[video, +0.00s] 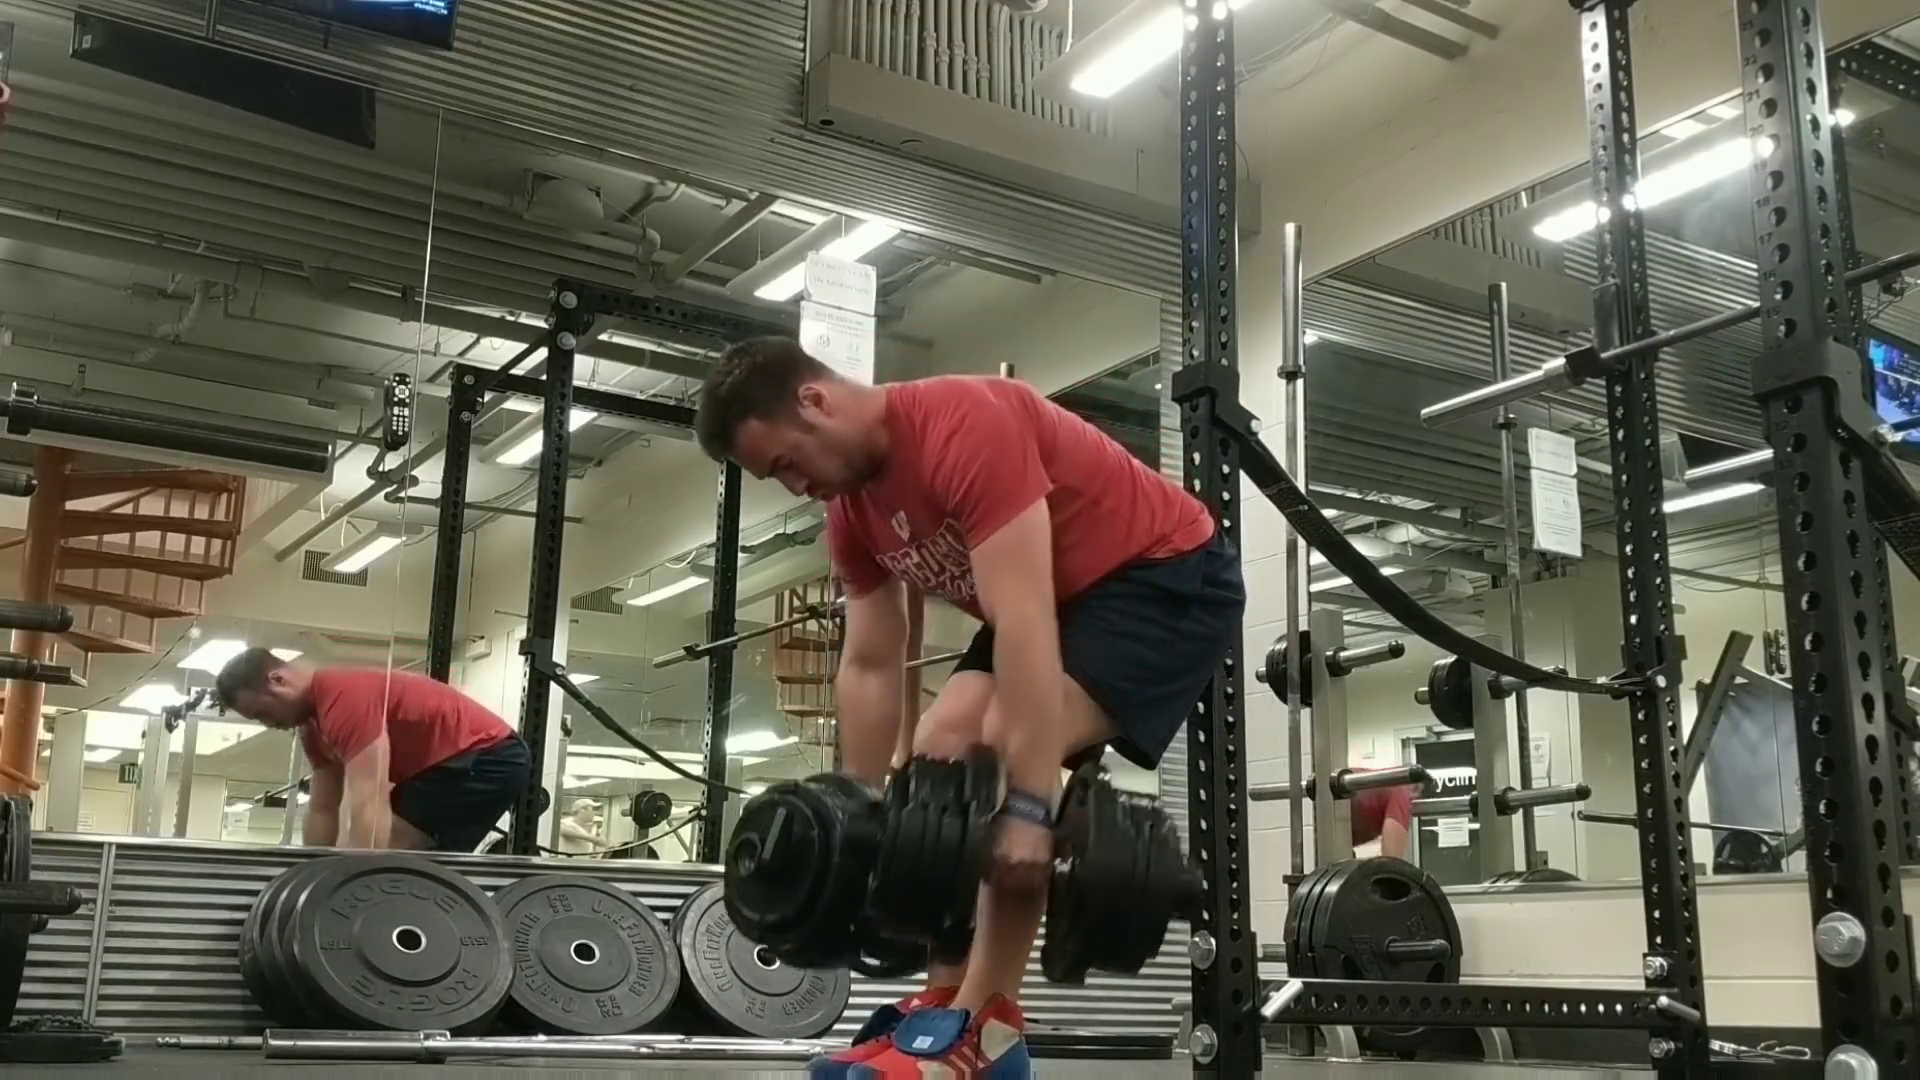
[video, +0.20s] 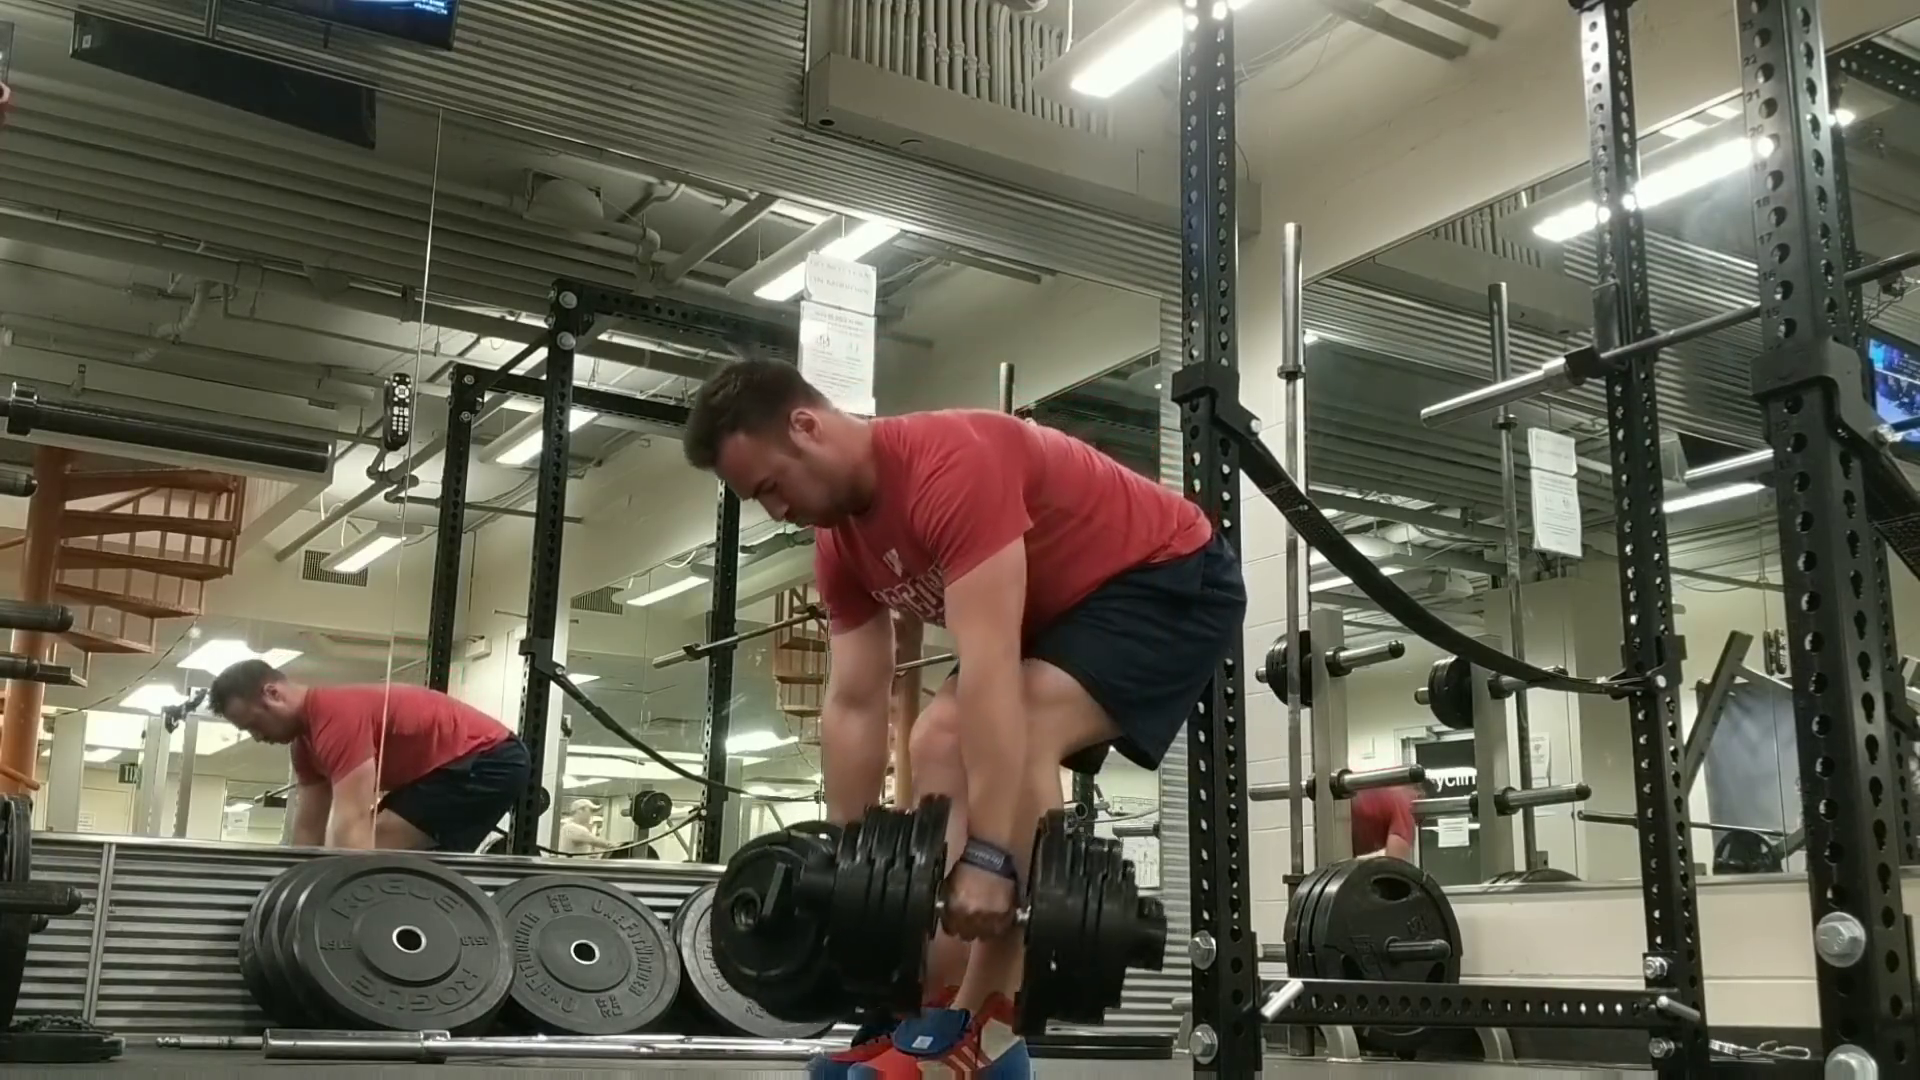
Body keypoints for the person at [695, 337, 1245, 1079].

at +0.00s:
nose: (794, 488)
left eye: (786, 464)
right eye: (776, 478)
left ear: (817, 400)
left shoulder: (971, 425)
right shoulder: (852, 515)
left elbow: (1023, 614)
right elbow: (872, 665)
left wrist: (1032, 806)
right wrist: (859, 824)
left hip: (1167, 573)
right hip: (1060, 599)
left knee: (1016, 732)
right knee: (943, 736)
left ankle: (992, 1017)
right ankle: (945, 995)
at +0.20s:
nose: (773, 512)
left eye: (769, 487)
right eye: (757, 500)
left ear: (807, 426)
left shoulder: (955, 465)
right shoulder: (845, 546)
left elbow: (989, 667)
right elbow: (855, 704)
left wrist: (991, 854)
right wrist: (848, 866)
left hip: (1167, 578)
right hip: (1062, 611)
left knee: (1012, 735)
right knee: (939, 739)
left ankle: (992, 1027)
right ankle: (936, 1016)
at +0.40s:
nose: (766, 525)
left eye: (764, 500)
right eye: (750, 513)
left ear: (806, 439)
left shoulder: (951, 485)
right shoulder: (840, 563)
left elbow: (981, 689)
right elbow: (849, 721)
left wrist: (977, 879)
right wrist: (848, 889)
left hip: (1168, 576)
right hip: (1062, 613)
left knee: (1020, 722)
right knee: (935, 741)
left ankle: (984, 1028)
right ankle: (929, 1015)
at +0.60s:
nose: (775, 505)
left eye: (772, 478)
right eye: (757, 492)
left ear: (814, 419)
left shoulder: (955, 468)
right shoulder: (845, 545)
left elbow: (1005, 656)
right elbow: (861, 702)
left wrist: (1002, 845)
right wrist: (846, 866)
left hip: (1167, 578)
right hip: (1065, 608)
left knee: (1013, 734)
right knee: (939, 734)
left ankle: (994, 1025)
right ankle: (934, 1014)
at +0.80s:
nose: (801, 468)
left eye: (793, 444)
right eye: (783, 458)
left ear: (827, 382)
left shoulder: (973, 414)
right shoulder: (858, 505)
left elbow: (1064, 580)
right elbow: (885, 641)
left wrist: (1055, 761)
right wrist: (872, 794)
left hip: (1167, 572)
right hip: (1044, 596)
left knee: (1027, 735)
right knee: (950, 728)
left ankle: (989, 1019)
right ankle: (940, 1003)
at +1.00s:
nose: (835, 448)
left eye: (825, 428)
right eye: (818, 442)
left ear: (846, 360)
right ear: (845, 367)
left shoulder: (995, 368)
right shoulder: (871, 460)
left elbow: (1117, 510)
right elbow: (916, 583)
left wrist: (1117, 679)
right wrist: (899, 721)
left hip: (1156, 568)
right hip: (1040, 593)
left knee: (1022, 751)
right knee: (949, 739)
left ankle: (992, 1013)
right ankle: (942, 999)